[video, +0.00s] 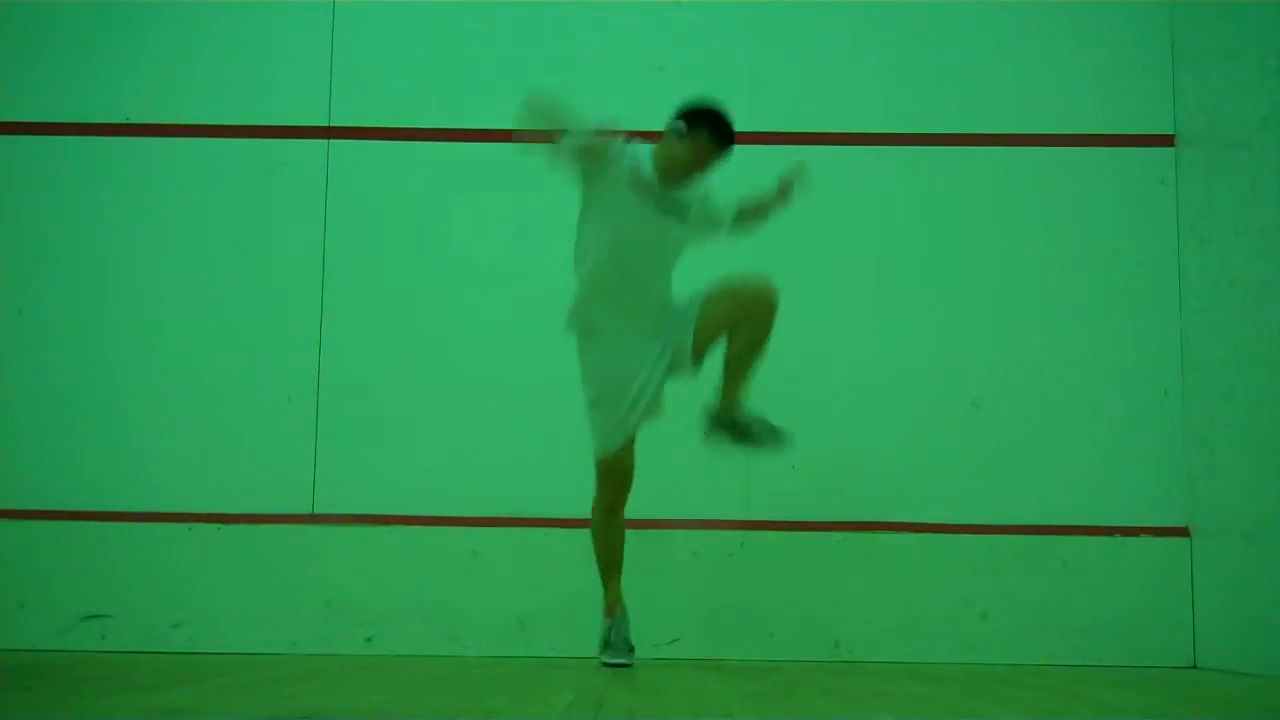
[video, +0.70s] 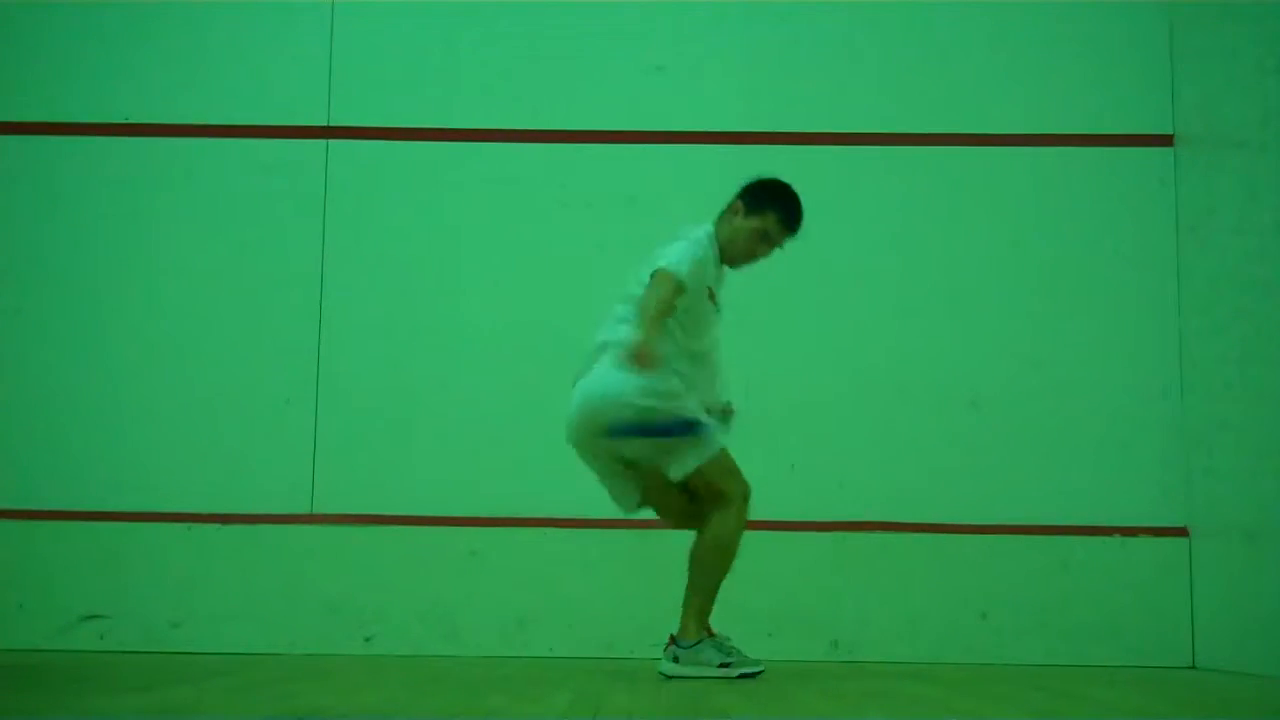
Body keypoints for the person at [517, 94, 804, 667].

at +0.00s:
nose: (695, 170)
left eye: (707, 163)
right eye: (695, 155)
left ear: (709, 162)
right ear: (671, 134)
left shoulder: (689, 203)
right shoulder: (611, 162)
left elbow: (733, 219)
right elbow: (537, 129)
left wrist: (775, 199)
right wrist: (558, 128)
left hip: (663, 331)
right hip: (609, 338)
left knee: (757, 297)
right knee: (614, 479)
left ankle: (728, 413)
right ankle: (614, 611)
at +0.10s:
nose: (693, 114)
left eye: (706, 109)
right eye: (690, 98)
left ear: (714, 110)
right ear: (670, 82)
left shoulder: (708, 145)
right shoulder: (621, 120)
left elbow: (773, 151)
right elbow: (570, 60)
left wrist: (831, 159)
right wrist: (605, 81)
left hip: (666, 285)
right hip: (614, 290)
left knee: (766, 313)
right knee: (659, 418)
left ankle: (668, 371)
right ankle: (633, 556)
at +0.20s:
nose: (697, 105)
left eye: (710, 99)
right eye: (694, 90)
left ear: (722, 95)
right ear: (674, 66)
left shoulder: (724, 118)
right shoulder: (639, 94)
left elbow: (793, 135)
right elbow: (608, 97)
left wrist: (875, 168)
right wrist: (604, 103)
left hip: (663, 266)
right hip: (623, 263)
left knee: (726, 388)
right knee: (712, 324)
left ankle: (605, 389)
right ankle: (676, 449)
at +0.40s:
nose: (744, 167)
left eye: (756, 161)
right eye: (741, 151)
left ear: (765, 160)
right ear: (719, 131)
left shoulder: (746, 198)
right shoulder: (683, 166)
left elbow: (812, 237)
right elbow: (644, 179)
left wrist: (894, 284)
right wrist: (640, 173)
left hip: (650, 343)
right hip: (644, 330)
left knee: (682, 487)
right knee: (756, 386)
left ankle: (598, 585)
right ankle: (703, 534)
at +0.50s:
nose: (769, 226)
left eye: (780, 220)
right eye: (767, 210)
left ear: (784, 221)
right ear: (740, 191)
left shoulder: (744, 272)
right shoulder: (699, 234)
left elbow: (810, 309)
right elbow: (645, 238)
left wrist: (883, 355)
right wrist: (592, 243)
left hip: (616, 402)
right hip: (659, 389)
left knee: (691, 534)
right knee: (746, 503)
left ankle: (639, 609)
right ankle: (696, 634)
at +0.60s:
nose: (776, 267)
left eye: (788, 261)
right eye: (776, 251)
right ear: (748, 223)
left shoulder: (741, 299)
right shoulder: (702, 261)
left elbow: (775, 342)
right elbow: (642, 292)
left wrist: (817, 390)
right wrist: (586, 321)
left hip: (601, 422)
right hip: (648, 400)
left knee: (685, 536)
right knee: (749, 503)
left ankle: (680, 533)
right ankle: (693, 640)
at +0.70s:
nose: (763, 253)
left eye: (773, 247)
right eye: (764, 238)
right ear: (736, 211)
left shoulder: (706, 272)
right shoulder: (694, 250)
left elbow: (683, 346)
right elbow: (659, 294)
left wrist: (707, 400)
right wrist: (647, 340)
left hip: (595, 418)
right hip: (634, 399)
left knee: (701, 514)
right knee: (731, 493)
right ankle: (691, 639)